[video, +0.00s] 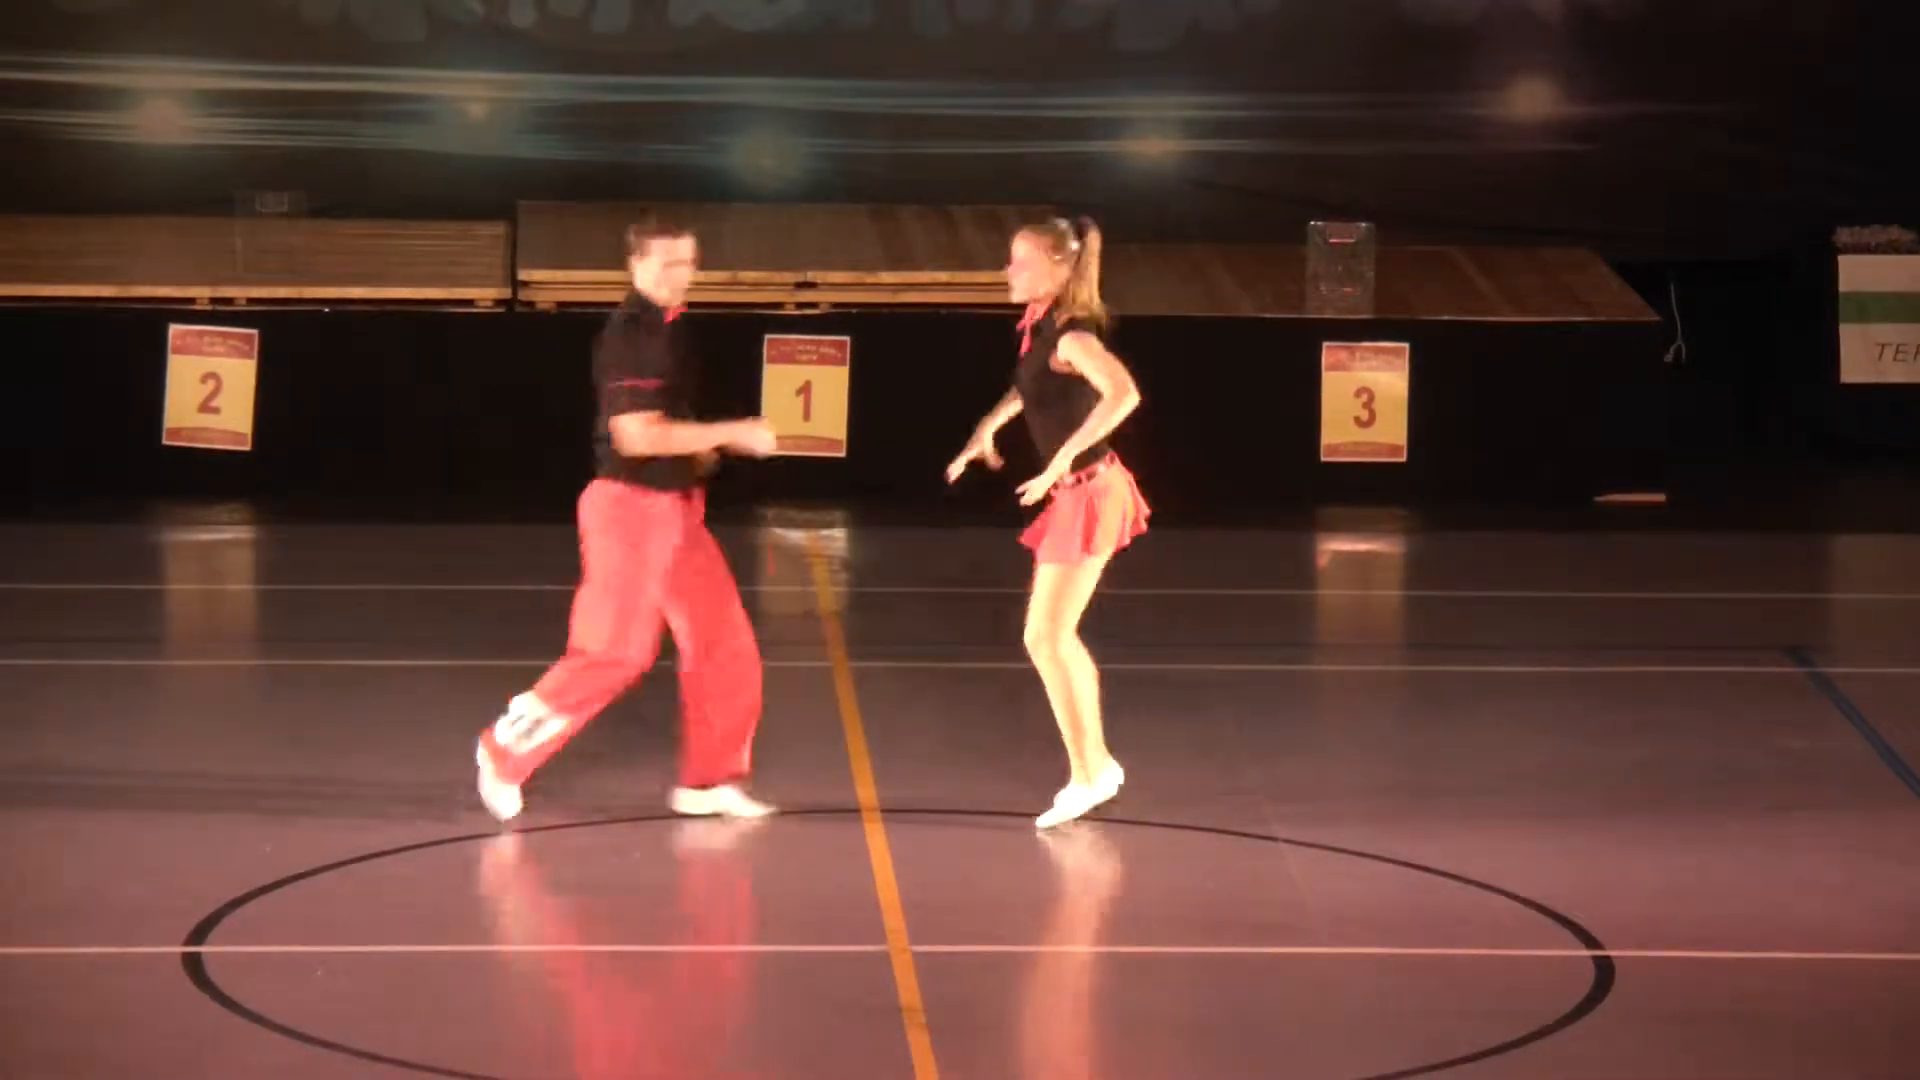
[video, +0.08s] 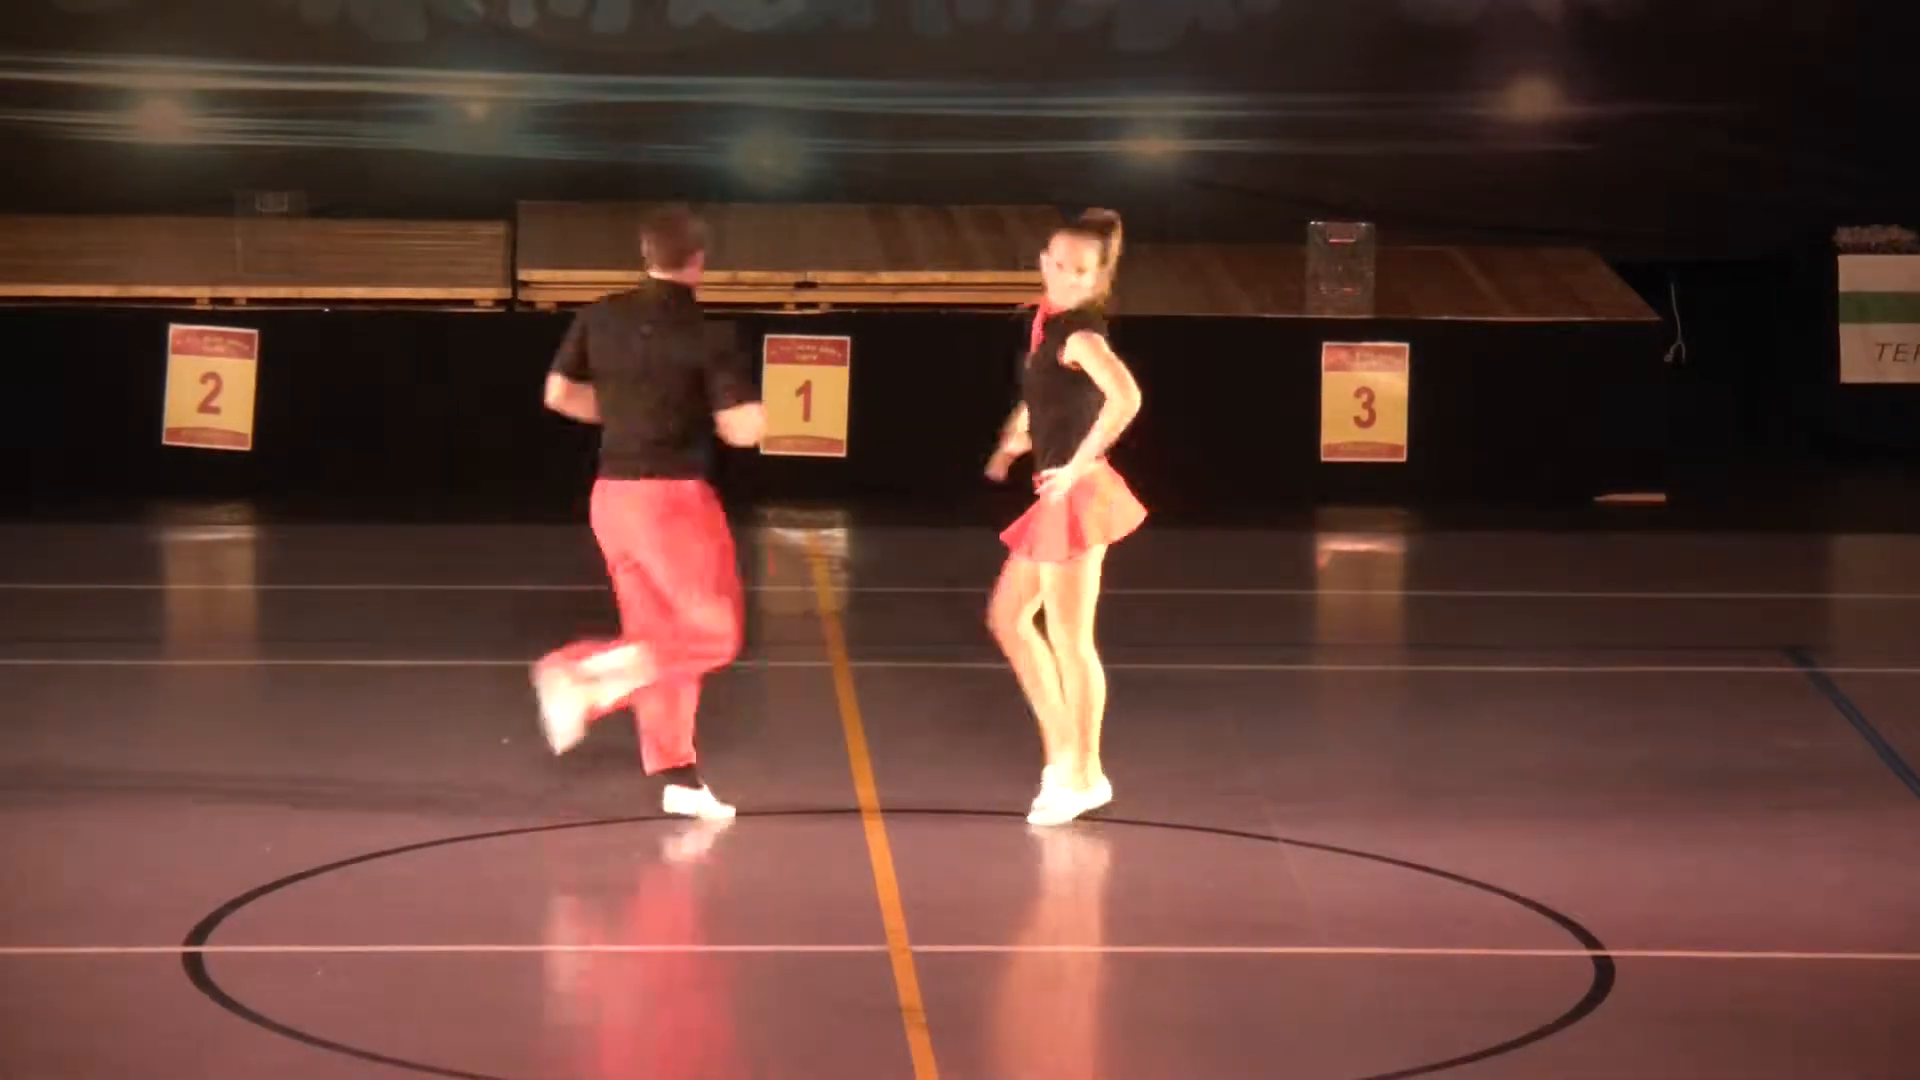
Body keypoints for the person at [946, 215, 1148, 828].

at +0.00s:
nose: (1009, 272)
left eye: (1019, 262)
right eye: (1011, 261)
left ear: (1054, 268)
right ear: (1043, 269)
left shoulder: (1069, 338)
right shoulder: (1039, 330)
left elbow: (1124, 392)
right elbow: (1029, 389)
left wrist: (1062, 456)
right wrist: (986, 431)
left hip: (1093, 490)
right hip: (1076, 491)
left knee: (1044, 636)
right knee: (1056, 634)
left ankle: (1089, 772)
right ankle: (1094, 765)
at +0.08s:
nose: (1062, 277)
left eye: (1078, 270)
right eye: (1058, 262)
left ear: (1098, 280)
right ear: (1043, 259)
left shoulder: (1081, 337)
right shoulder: (1044, 328)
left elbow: (1126, 398)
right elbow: (1045, 402)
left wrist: (1077, 466)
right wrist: (1012, 444)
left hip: (1078, 498)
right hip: (1052, 495)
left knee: (1072, 637)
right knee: (1007, 618)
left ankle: (1084, 773)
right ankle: (1062, 760)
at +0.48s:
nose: (1093, 309)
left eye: (1107, 302)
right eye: (1086, 294)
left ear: (1123, 309)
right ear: (1069, 290)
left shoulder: (1109, 368)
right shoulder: (1063, 348)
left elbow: (1162, 447)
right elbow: (1035, 404)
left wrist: (1094, 492)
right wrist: (1000, 430)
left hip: (1079, 527)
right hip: (1041, 525)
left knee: (1085, 662)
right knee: (968, 624)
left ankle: (1098, 799)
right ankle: (1031, 746)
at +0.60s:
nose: (1095, 290)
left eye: (1110, 281)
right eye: (1089, 274)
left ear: (1125, 287)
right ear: (1073, 270)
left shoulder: (1116, 350)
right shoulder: (1057, 324)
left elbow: (1153, 437)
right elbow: (996, 331)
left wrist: (1113, 470)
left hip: (1088, 506)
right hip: (1047, 502)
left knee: (1056, 642)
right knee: (1000, 623)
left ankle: (1085, 778)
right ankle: (1060, 760)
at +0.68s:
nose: (1097, 287)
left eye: (1111, 279)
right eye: (1090, 271)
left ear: (1133, 278)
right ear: (1077, 257)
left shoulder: (1118, 340)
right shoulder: (1062, 299)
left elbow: (1150, 438)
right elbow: (1005, 246)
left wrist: (1183, 517)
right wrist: (1008, 168)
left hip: (1091, 498)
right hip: (1062, 493)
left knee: (1006, 624)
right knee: (1061, 636)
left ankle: (1046, 753)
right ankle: (1116, 761)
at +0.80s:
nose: (1098, 309)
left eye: (1113, 302)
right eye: (1093, 293)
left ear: (1132, 307)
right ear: (1076, 285)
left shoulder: (1123, 368)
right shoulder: (1066, 327)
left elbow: (1159, 466)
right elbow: (1040, 241)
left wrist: (1207, 550)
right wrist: (1028, 159)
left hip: (1088, 528)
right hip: (1063, 524)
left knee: (987, 635)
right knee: (1111, 657)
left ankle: (1022, 766)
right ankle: (1139, 787)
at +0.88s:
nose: (1103, 318)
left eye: (1118, 310)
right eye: (1099, 304)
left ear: (1135, 318)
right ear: (1083, 299)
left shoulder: (1129, 385)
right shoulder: (1070, 342)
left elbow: (1159, 482)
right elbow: (1036, 263)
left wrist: (1199, 569)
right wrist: (1017, 179)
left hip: (1091, 537)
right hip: (1068, 532)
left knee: (985, 641)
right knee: (1116, 661)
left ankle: (1025, 768)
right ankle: (1142, 793)